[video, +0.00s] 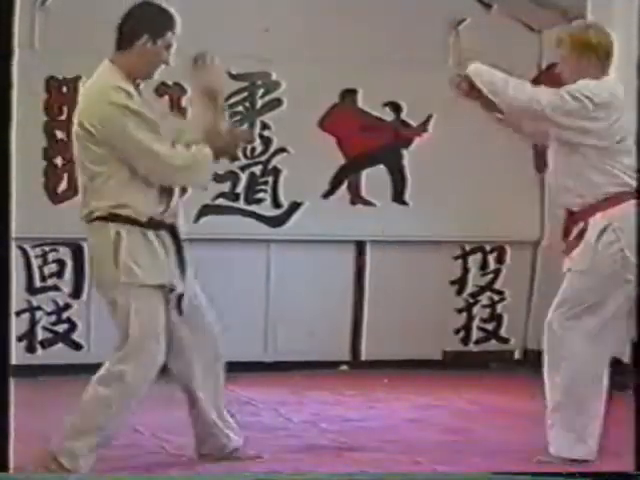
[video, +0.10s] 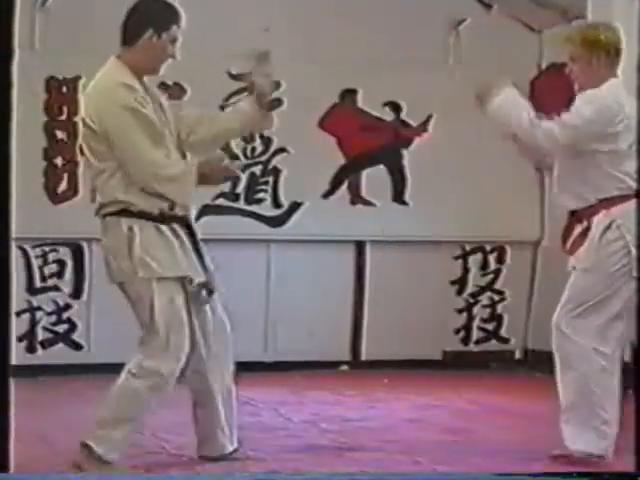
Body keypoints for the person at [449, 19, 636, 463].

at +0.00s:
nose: (556, 63)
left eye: (562, 54)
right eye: (558, 55)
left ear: (580, 56)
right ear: (597, 58)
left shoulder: (594, 97)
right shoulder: (603, 98)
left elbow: (530, 102)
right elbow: (531, 126)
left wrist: (475, 70)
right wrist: (482, 98)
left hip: (614, 229)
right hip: (613, 228)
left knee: (569, 324)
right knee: (580, 327)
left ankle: (573, 446)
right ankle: (574, 443)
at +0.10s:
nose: (569, 71)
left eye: (575, 62)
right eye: (569, 63)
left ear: (599, 59)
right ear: (600, 61)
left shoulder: (606, 101)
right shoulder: (606, 100)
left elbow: (550, 142)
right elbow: (552, 156)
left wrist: (504, 101)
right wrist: (517, 124)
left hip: (614, 228)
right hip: (612, 227)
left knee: (573, 323)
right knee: (599, 331)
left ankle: (589, 443)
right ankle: (594, 441)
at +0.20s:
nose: (569, 73)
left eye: (574, 64)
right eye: (568, 64)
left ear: (599, 63)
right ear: (602, 65)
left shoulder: (602, 109)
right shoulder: (615, 105)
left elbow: (563, 159)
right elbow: (570, 157)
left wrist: (507, 141)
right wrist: (522, 141)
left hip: (614, 234)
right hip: (619, 231)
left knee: (574, 329)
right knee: (604, 336)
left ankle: (603, 445)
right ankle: (610, 442)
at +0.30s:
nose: (559, 76)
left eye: (565, 67)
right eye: (558, 67)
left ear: (589, 66)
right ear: (593, 69)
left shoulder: (591, 115)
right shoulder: (611, 110)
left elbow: (562, 173)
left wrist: (495, 162)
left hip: (612, 241)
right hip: (623, 237)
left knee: (570, 338)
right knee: (611, 342)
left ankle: (608, 453)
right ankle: (616, 451)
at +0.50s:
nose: (529, 73)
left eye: (536, 63)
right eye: (530, 64)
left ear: (560, 66)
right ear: (556, 68)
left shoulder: (571, 107)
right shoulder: (556, 110)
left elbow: (521, 157)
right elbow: (511, 166)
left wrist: (450, 148)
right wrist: (448, 149)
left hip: (582, 241)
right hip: (544, 241)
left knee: (561, 355)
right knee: (504, 335)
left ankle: (607, 453)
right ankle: (573, 419)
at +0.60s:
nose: (515, 71)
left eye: (521, 62)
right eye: (515, 63)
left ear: (547, 64)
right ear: (540, 67)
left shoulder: (559, 106)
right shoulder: (542, 108)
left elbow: (504, 148)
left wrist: (426, 140)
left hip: (563, 245)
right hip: (525, 241)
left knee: (559, 354)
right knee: (464, 317)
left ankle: (606, 453)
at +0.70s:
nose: (491, 68)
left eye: (498, 58)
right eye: (490, 59)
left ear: (524, 60)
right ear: (512, 64)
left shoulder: (540, 105)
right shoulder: (517, 107)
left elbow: (485, 145)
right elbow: (475, 144)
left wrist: (411, 148)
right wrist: (413, 142)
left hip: (530, 243)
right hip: (486, 240)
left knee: (557, 356)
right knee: (433, 337)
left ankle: (599, 453)